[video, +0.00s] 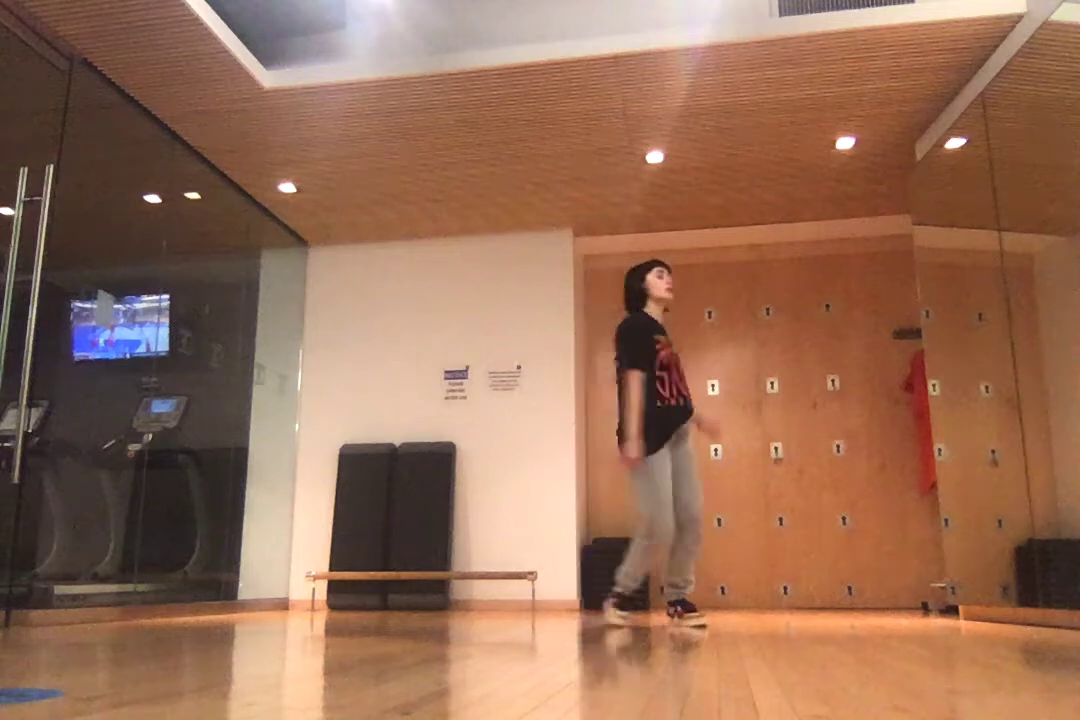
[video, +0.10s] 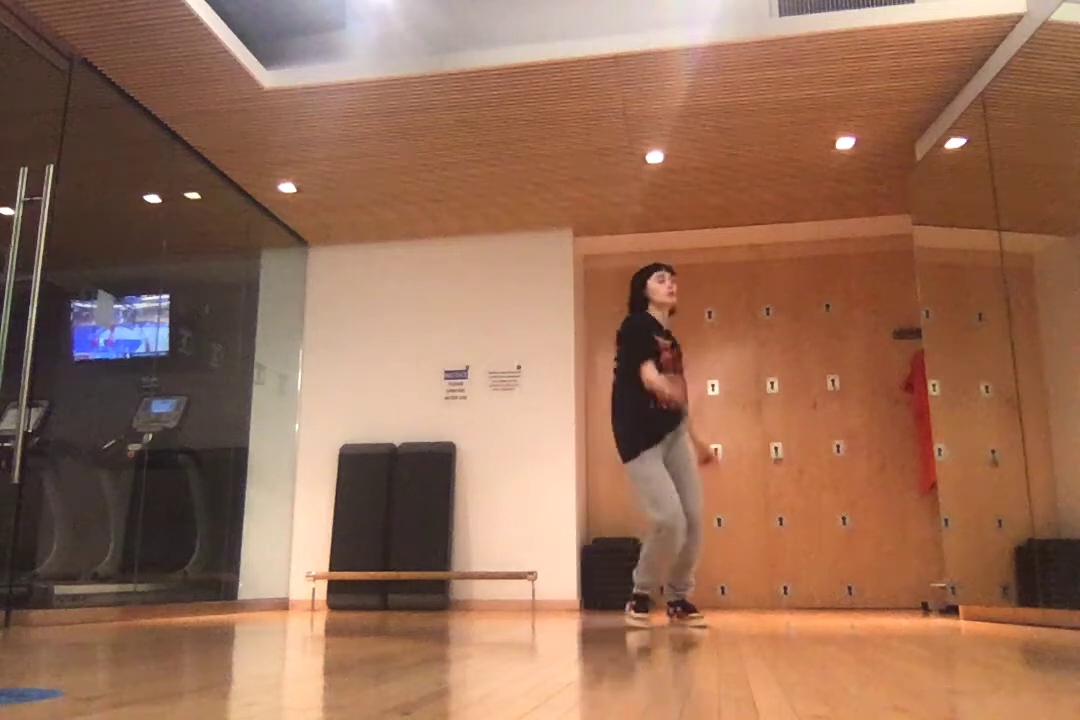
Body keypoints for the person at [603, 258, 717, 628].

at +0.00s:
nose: (669, 280)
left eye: (669, 275)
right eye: (660, 275)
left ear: (665, 287)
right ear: (642, 285)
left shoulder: (659, 328)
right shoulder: (634, 326)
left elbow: (670, 382)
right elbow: (633, 382)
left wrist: (697, 417)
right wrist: (632, 436)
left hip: (677, 431)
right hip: (648, 437)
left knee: (689, 518)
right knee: (658, 524)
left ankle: (678, 600)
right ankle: (620, 596)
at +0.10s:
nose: (670, 285)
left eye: (673, 279)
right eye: (661, 279)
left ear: (676, 290)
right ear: (643, 289)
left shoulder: (668, 338)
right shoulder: (636, 326)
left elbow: (680, 398)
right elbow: (645, 373)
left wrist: (698, 444)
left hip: (673, 431)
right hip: (639, 439)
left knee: (692, 516)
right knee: (669, 518)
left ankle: (677, 598)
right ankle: (641, 595)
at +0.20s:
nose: (673, 274)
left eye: (676, 268)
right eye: (664, 268)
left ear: (680, 278)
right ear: (646, 276)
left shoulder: (674, 323)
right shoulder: (632, 306)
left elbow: (666, 380)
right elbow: (622, 340)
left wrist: (691, 402)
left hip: (665, 417)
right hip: (628, 423)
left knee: (680, 505)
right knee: (656, 501)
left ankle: (677, 593)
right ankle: (633, 587)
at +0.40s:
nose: (669, 265)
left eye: (673, 260)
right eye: (660, 259)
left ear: (677, 270)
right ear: (642, 265)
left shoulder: (656, 304)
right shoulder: (623, 295)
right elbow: (572, 322)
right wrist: (604, 287)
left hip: (653, 412)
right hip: (617, 416)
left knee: (668, 501)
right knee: (625, 505)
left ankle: (630, 594)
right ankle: (600, 603)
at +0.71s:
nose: (613, 274)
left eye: (618, 267)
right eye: (604, 268)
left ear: (626, 274)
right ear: (590, 276)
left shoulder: (621, 316)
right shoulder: (596, 316)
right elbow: (575, 299)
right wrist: (576, 252)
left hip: (655, 424)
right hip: (630, 426)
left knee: (653, 519)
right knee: (638, 516)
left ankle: (618, 603)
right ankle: (604, 604)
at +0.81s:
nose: (608, 279)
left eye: (613, 272)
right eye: (600, 271)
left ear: (618, 279)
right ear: (584, 276)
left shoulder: (609, 313)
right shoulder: (586, 310)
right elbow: (576, 276)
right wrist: (571, 226)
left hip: (659, 418)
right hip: (636, 420)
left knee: (658, 514)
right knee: (638, 511)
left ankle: (620, 601)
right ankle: (602, 604)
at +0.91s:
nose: (618, 284)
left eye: (622, 278)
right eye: (611, 276)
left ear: (623, 282)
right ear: (593, 278)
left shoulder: (605, 310)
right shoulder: (584, 309)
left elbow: (578, 266)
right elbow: (581, 270)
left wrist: (580, 228)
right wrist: (586, 221)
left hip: (656, 413)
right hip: (628, 421)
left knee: (683, 504)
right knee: (650, 512)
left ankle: (649, 590)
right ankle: (606, 600)